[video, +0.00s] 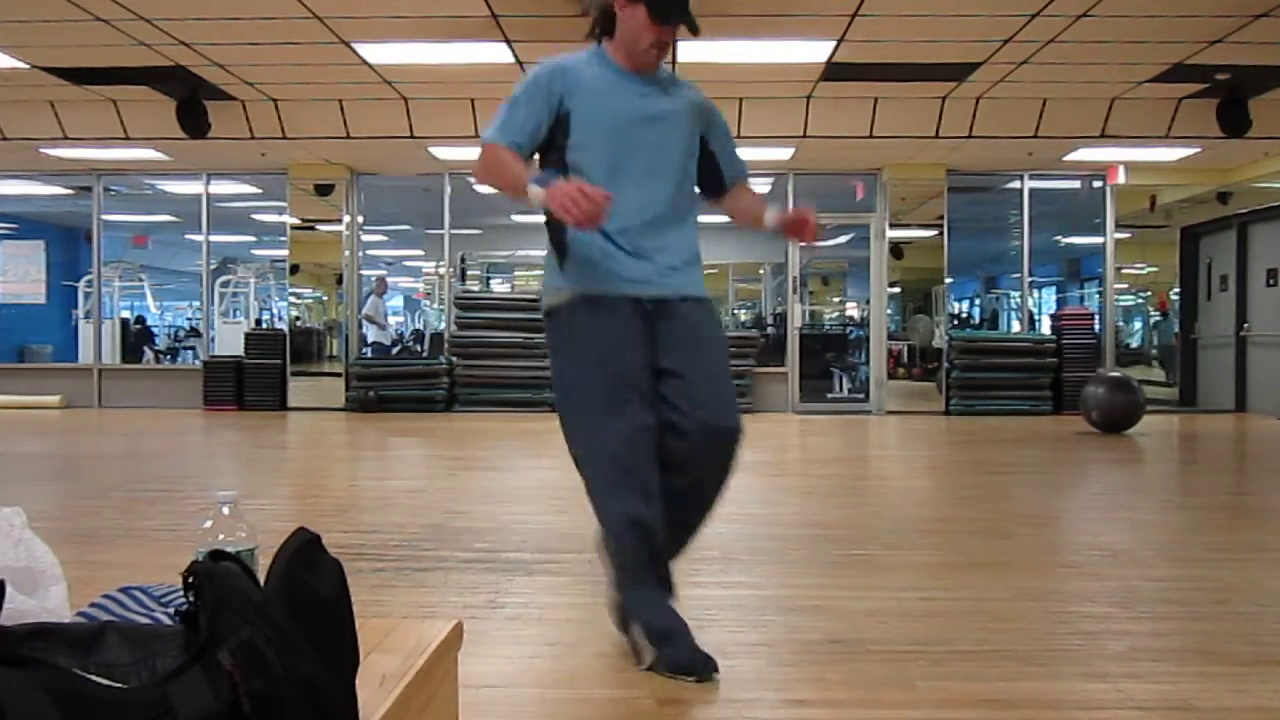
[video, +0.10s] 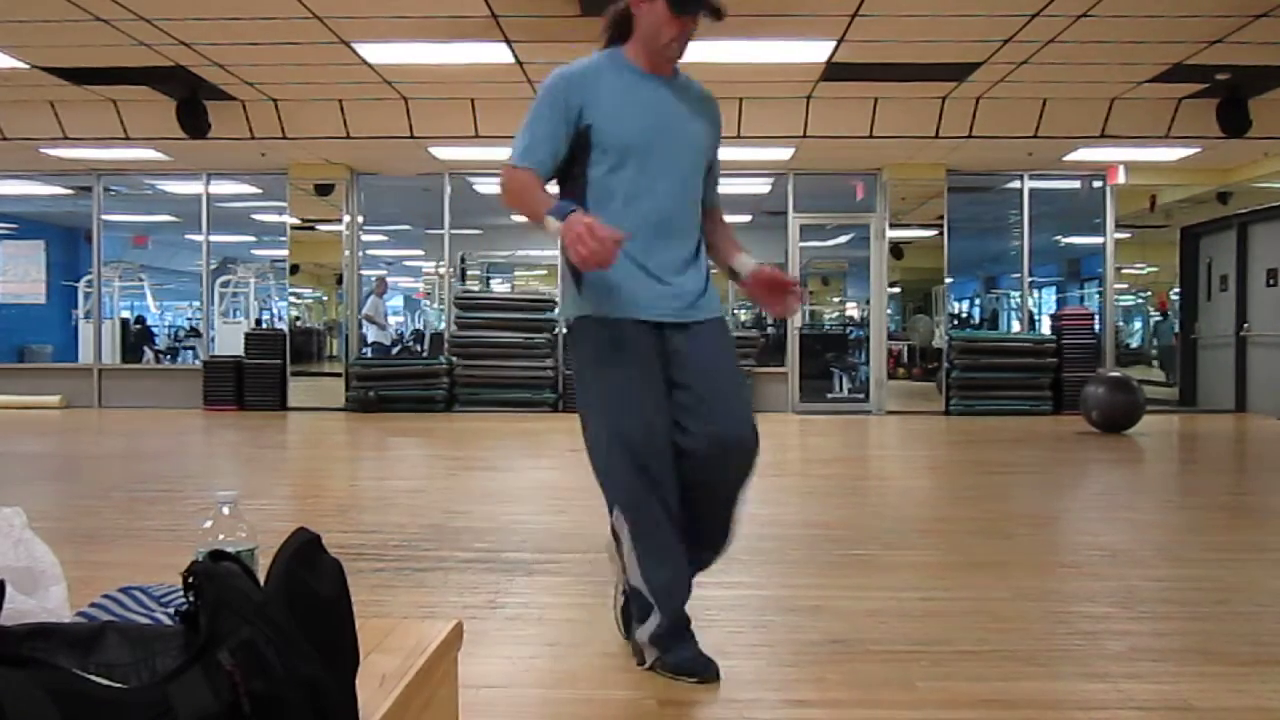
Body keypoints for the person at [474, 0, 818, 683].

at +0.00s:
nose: (669, 39)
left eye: (677, 27)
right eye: (659, 23)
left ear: (684, 25)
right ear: (620, 9)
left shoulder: (691, 105)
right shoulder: (559, 79)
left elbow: (734, 194)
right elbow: (492, 158)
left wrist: (773, 218)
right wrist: (542, 189)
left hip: (680, 292)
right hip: (591, 293)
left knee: (712, 427)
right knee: (620, 453)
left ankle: (635, 567)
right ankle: (663, 634)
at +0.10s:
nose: (689, 28)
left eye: (695, 18)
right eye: (679, 13)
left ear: (694, 22)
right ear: (638, 8)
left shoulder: (701, 105)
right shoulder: (575, 86)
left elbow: (702, 209)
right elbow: (517, 183)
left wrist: (746, 269)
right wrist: (564, 219)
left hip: (692, 310)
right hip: (609, 311)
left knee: (729, 439)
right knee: (638, 466)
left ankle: (649, 567)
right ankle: (665, 633)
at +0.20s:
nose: (730, 20)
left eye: (737, 12)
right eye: (726, 5)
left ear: (726, 16)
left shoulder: (711, 80)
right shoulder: (596, 49)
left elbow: (695, 165)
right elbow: (532, 138)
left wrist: (732, 227)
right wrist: (600, 185)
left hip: (690, 289)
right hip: (610, 287)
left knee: (707, 433)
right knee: (625, 454)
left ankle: (623, 551)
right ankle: (658, 631)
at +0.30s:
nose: (746, 29)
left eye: (752, 20)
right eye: (744, 13)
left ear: (719, 13)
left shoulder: (713, 76)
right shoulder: (616, 46)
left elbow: (711, 150)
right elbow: (529, 123)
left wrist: (761, 180)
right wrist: (632, 166)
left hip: (690, 288)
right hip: (615, 287)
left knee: (723, 421)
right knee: (627, 450)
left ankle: (628, 545)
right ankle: (646, 620)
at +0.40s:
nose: (754, 34)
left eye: (757, 23)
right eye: (753, 18)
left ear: (724, 10)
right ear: (719, 3)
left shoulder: (710, 86)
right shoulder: (628, 55)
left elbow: (731, 164)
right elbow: (556, 139)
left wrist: (798, 178)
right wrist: (660, 184)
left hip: (697, 296)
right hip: (637, 297)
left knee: (718, 440)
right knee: (678, 439)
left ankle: (657, 569)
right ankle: (649, 609)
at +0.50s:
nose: (752, 45)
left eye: (756, 34)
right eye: (751, 28)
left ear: (714, 18)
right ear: (717, 13)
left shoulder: (694, 99)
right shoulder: (648, 74)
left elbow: (721, 191)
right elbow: (602, 178)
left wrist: (801, 192)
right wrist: (717, 220)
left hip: (684, 310)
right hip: (664, 312)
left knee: (685, 449)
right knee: (723, 449)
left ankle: (638, 584)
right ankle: (667, 629)